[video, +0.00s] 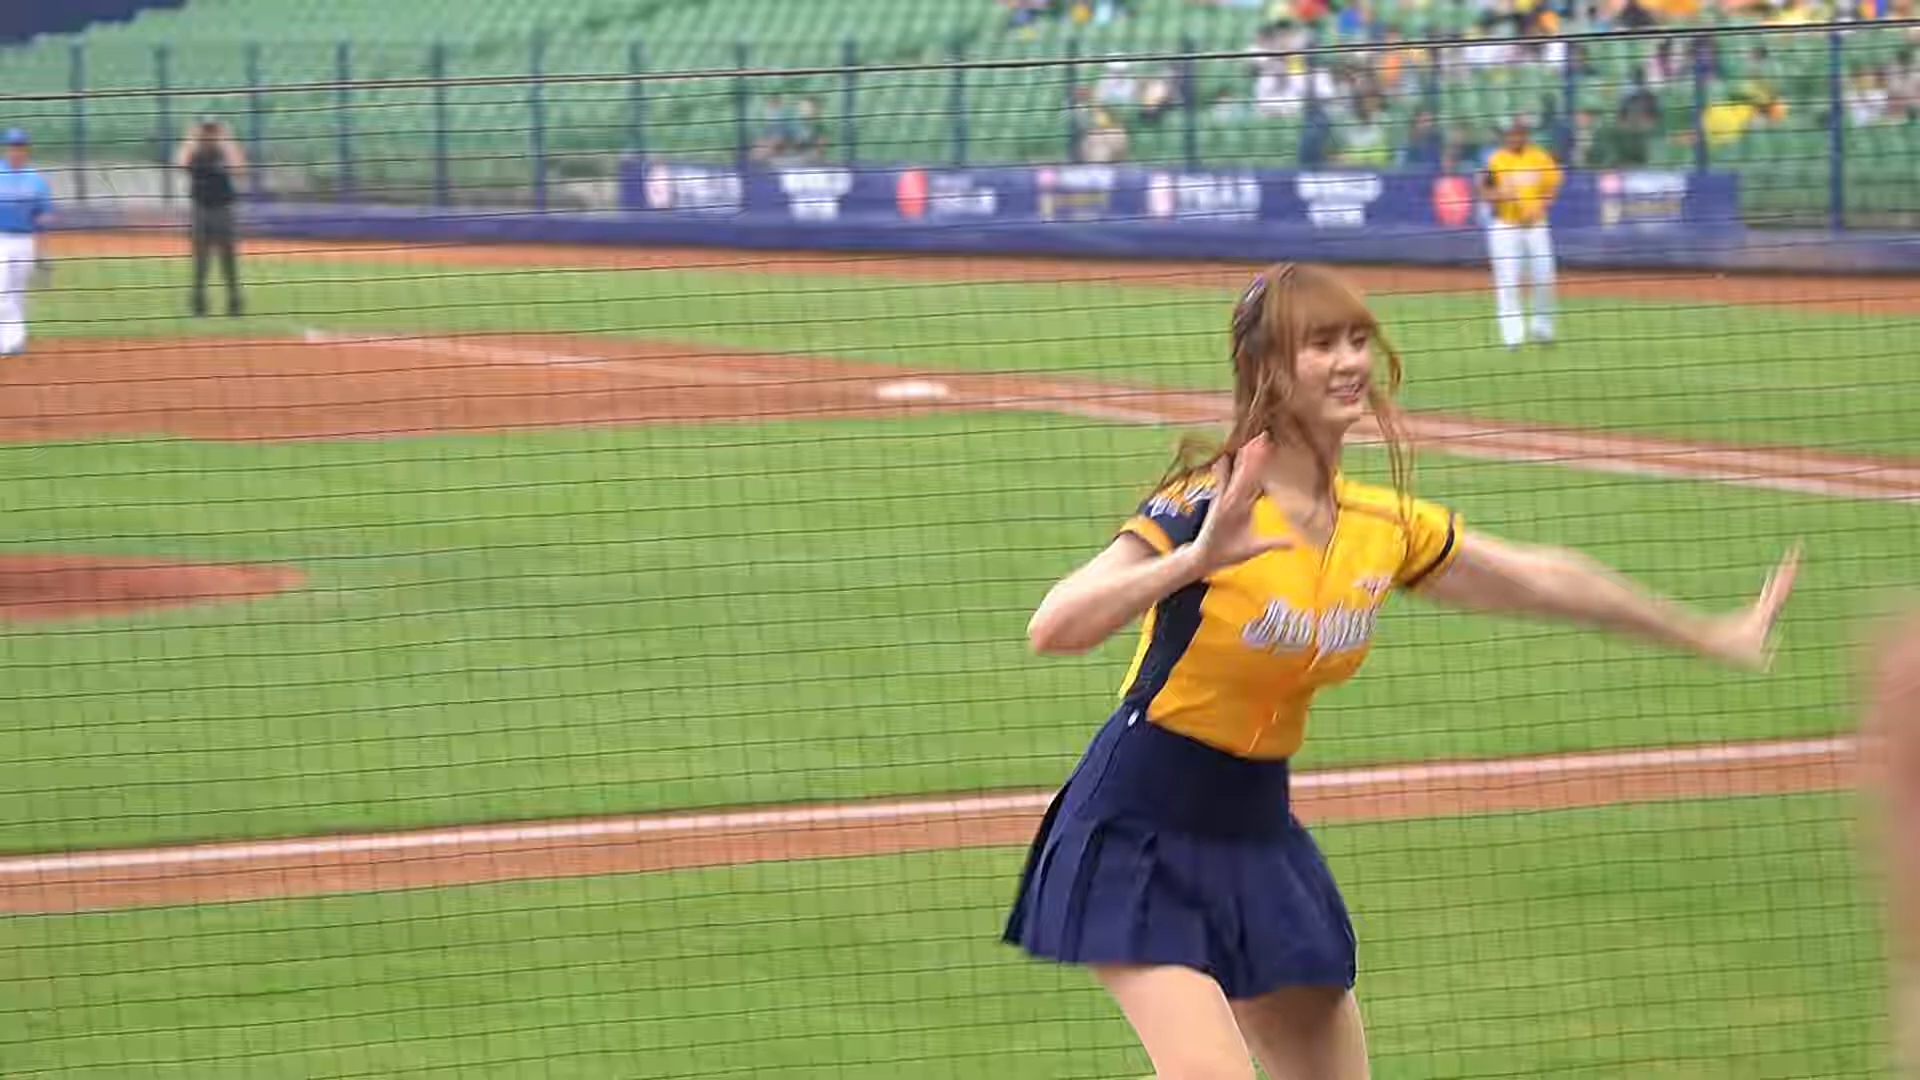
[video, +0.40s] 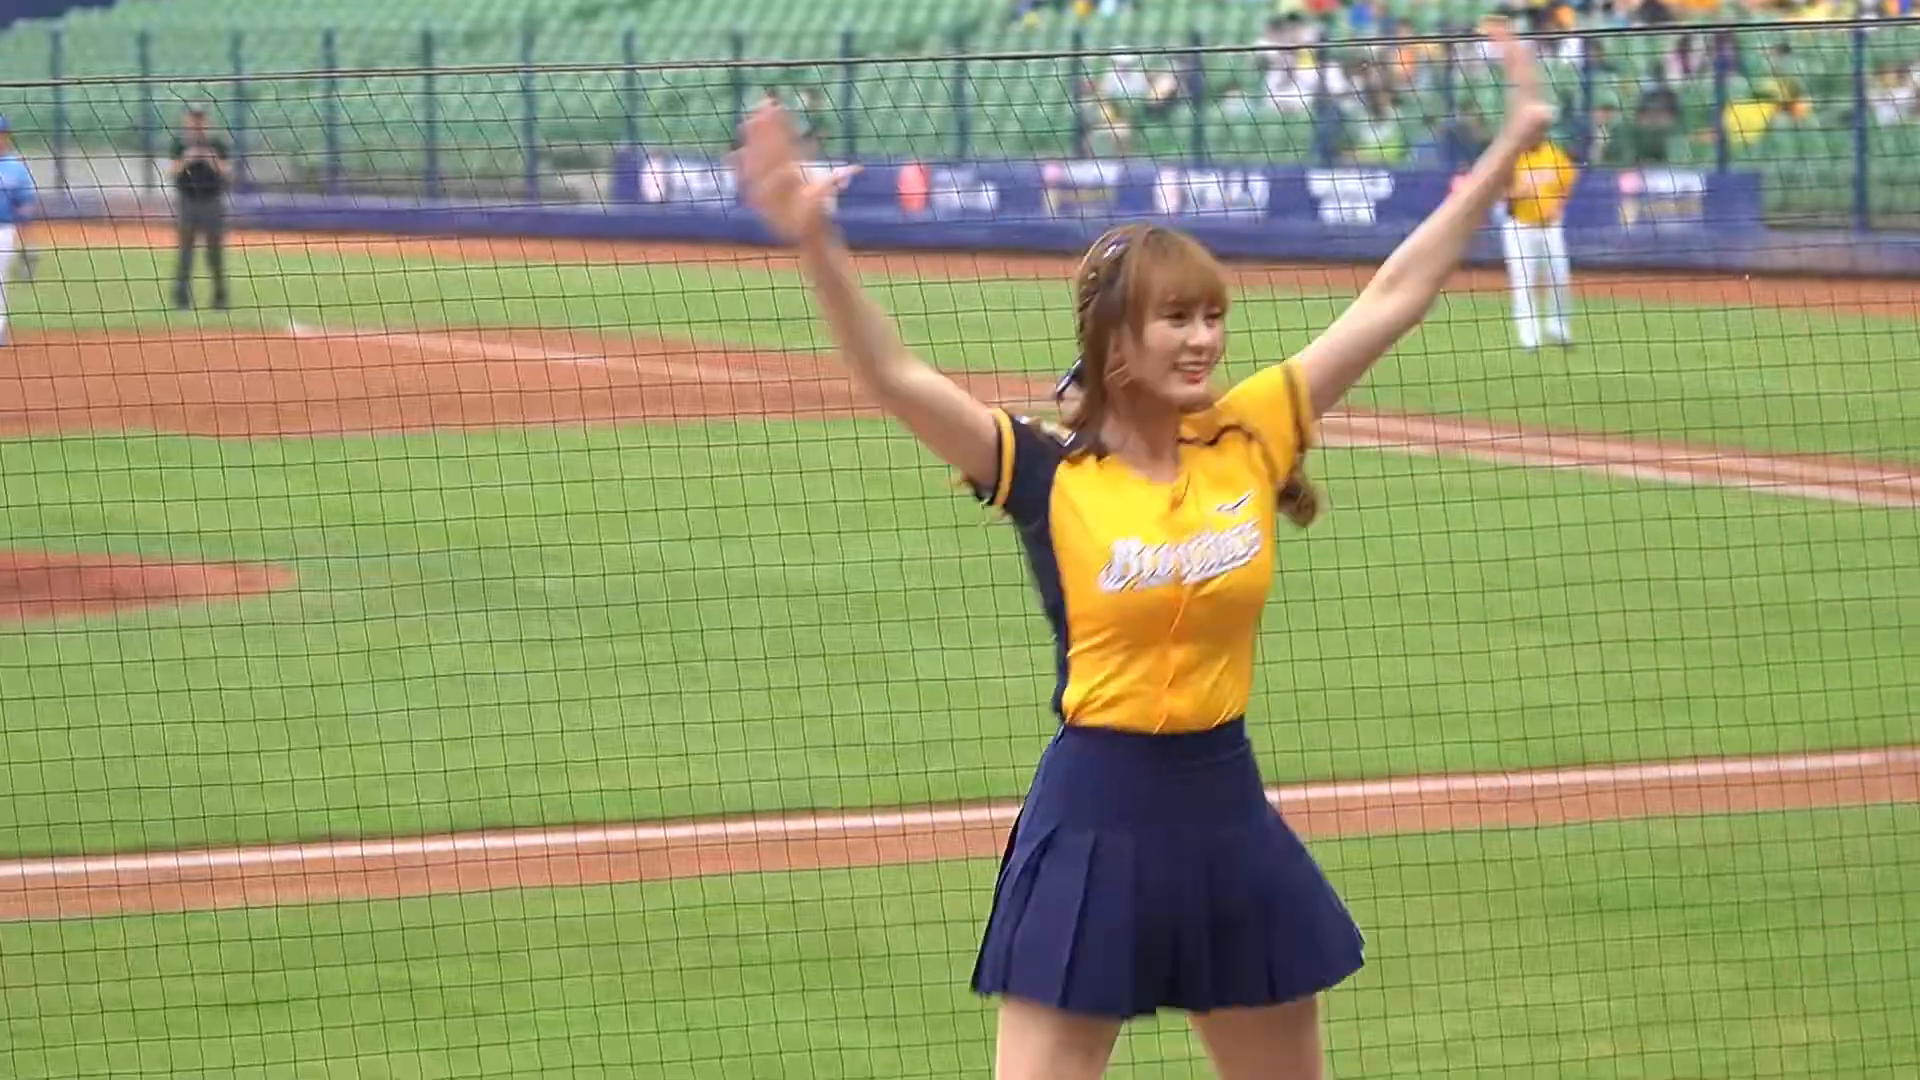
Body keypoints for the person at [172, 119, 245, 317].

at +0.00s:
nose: (208, 141)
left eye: (213, 137)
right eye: (204, 137)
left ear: (219, 138)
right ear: (199, 138)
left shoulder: (224, 153)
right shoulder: (195, 154)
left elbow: (237, 167)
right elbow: (182, 162)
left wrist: (226, 142)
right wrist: (191, 140)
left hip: (223, 212)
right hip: (201, 212)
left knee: (228, 261)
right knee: (200, 261)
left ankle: (233, 302)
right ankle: (199, 303)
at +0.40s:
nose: (197, 131)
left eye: (200, 126)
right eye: (193, 127)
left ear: (206, 126)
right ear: (186, 126)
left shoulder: (215, 146)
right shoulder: (180, 147)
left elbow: (228, 173)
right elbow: (171, 172)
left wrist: (211, 160)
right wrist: (187, 159)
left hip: (212, 204)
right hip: (188, 204)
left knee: (215, 253)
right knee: (185, 252)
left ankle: (220, 294)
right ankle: (182, 294)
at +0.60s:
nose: (182, 123)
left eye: (186, 118)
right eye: (178, 118)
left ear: (192, 118)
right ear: (170, 118)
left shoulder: (202, 140)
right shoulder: (163, 142)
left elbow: (216, 167)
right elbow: (156, 170)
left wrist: (206, 184)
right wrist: (166, 184)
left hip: (198, 196)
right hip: (173, 196)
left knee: (201, 249)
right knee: (169, 246)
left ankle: (204, 291)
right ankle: (165, 290)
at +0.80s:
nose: (154, 111)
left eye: (158, 107)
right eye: (150, 106)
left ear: (163, 108)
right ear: (143, 106)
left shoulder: (173, 131)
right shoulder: (133, 132)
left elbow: (187, 159)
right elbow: (125, 163)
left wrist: (181, 183)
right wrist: (133, 186)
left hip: (169, 190)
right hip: (143, 190)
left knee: (171, 243)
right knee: (139, 242)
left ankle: (176, 285)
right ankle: (135, 285)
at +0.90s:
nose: (137, 112)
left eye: (141, 107)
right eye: (133, 107)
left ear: (146, 108)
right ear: (127, 108)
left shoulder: (156, 131)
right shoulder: (117, 132)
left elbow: (172, 155)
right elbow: (110, 162)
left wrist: (167, 179)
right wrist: (113, 185)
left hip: (152, 189)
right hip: (126, 190)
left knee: (154, 243)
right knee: (123, 242)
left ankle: (161, 286)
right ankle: (118, 286)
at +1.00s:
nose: (123, 113)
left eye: (127, 108)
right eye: (119, 108)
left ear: (133, 108)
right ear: (112, 107)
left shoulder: (142, 127)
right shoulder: (103, 128)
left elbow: (160, 150)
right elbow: (90, 154)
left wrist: (155, 176)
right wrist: (98, 181)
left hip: (138, 188)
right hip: (112, 188)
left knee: (140, 240)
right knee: (110, 240)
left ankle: (148, 284)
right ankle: (106, 285)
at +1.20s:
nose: (99, 106)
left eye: (102, 101)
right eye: (95, 101)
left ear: (108, 101)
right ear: (88, 101)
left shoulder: (116, 119)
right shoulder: (78, 119)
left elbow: (137, 140)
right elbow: (63, 142)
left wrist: (135, 163)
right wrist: (71, 165)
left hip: (113, 179)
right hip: (88, 179)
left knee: (118, 231)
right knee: (87, 231)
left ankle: (125, 277)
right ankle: (83, 277)